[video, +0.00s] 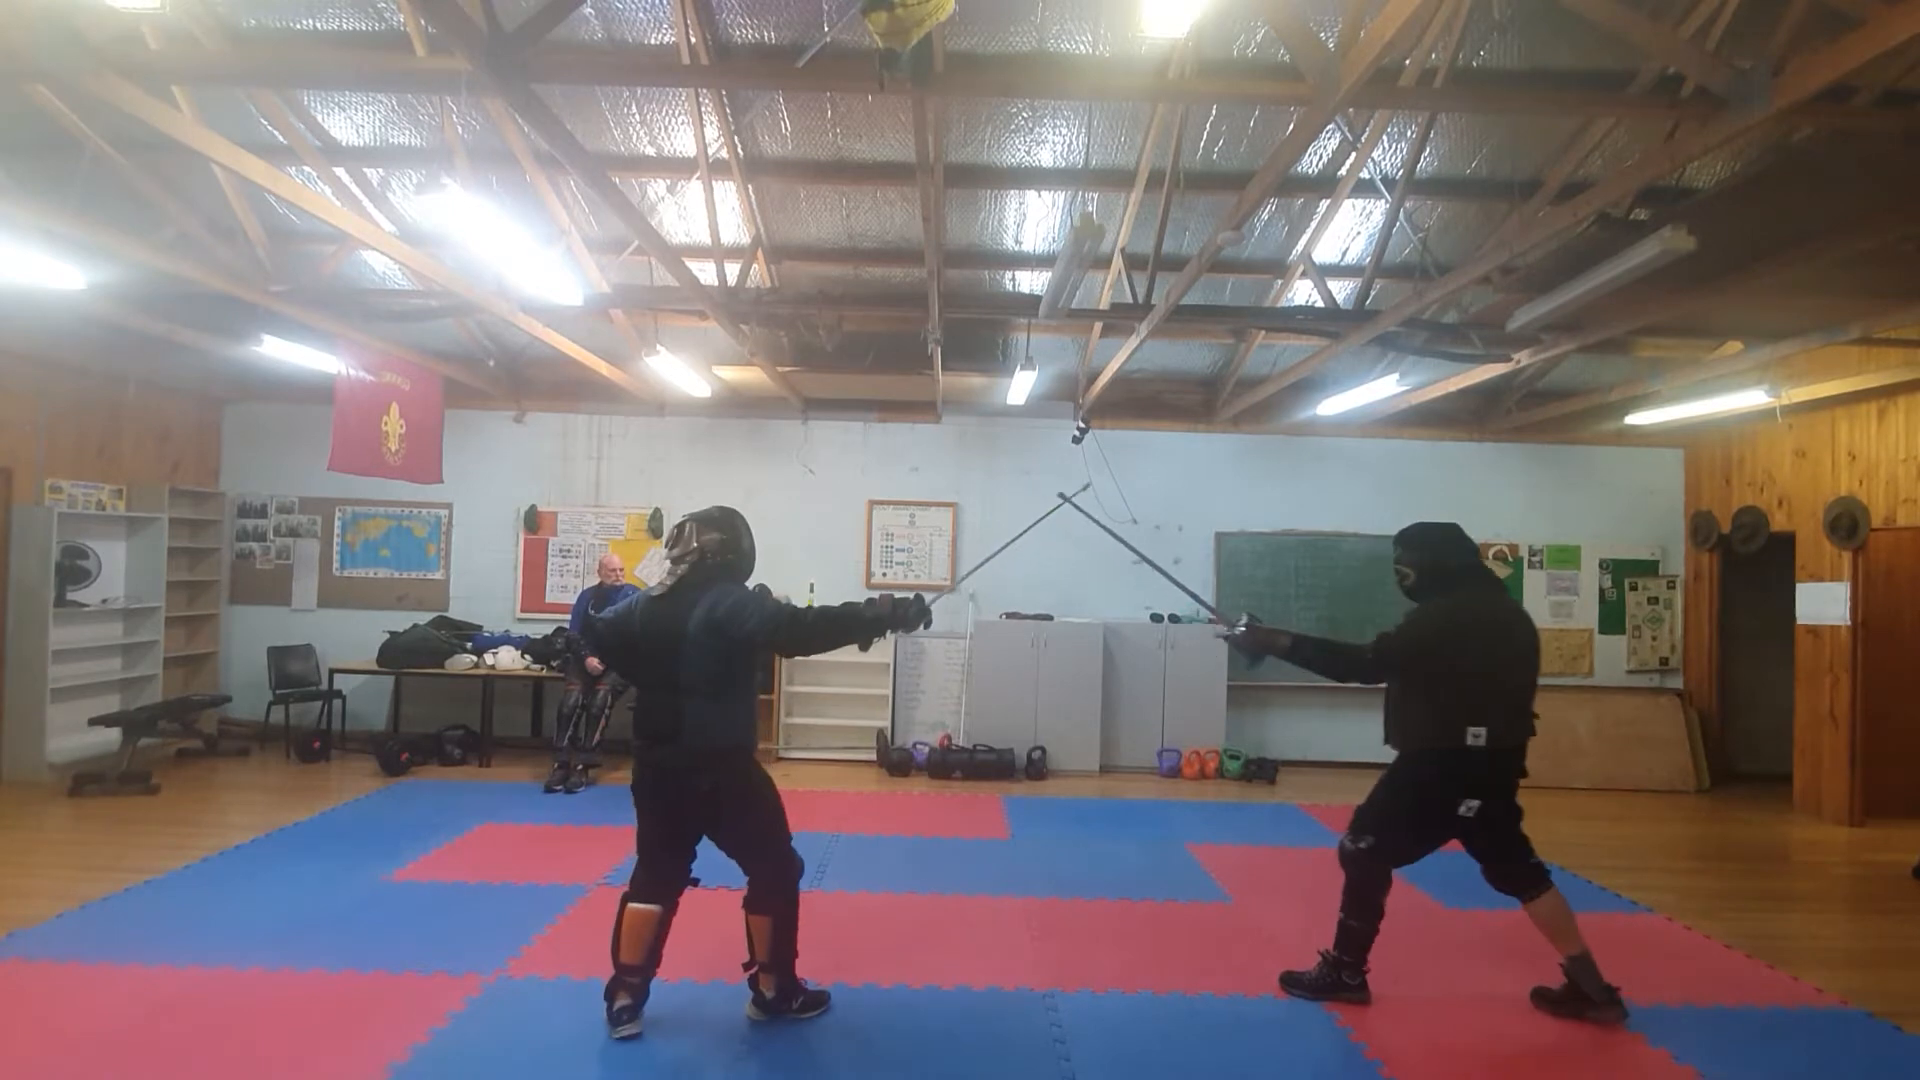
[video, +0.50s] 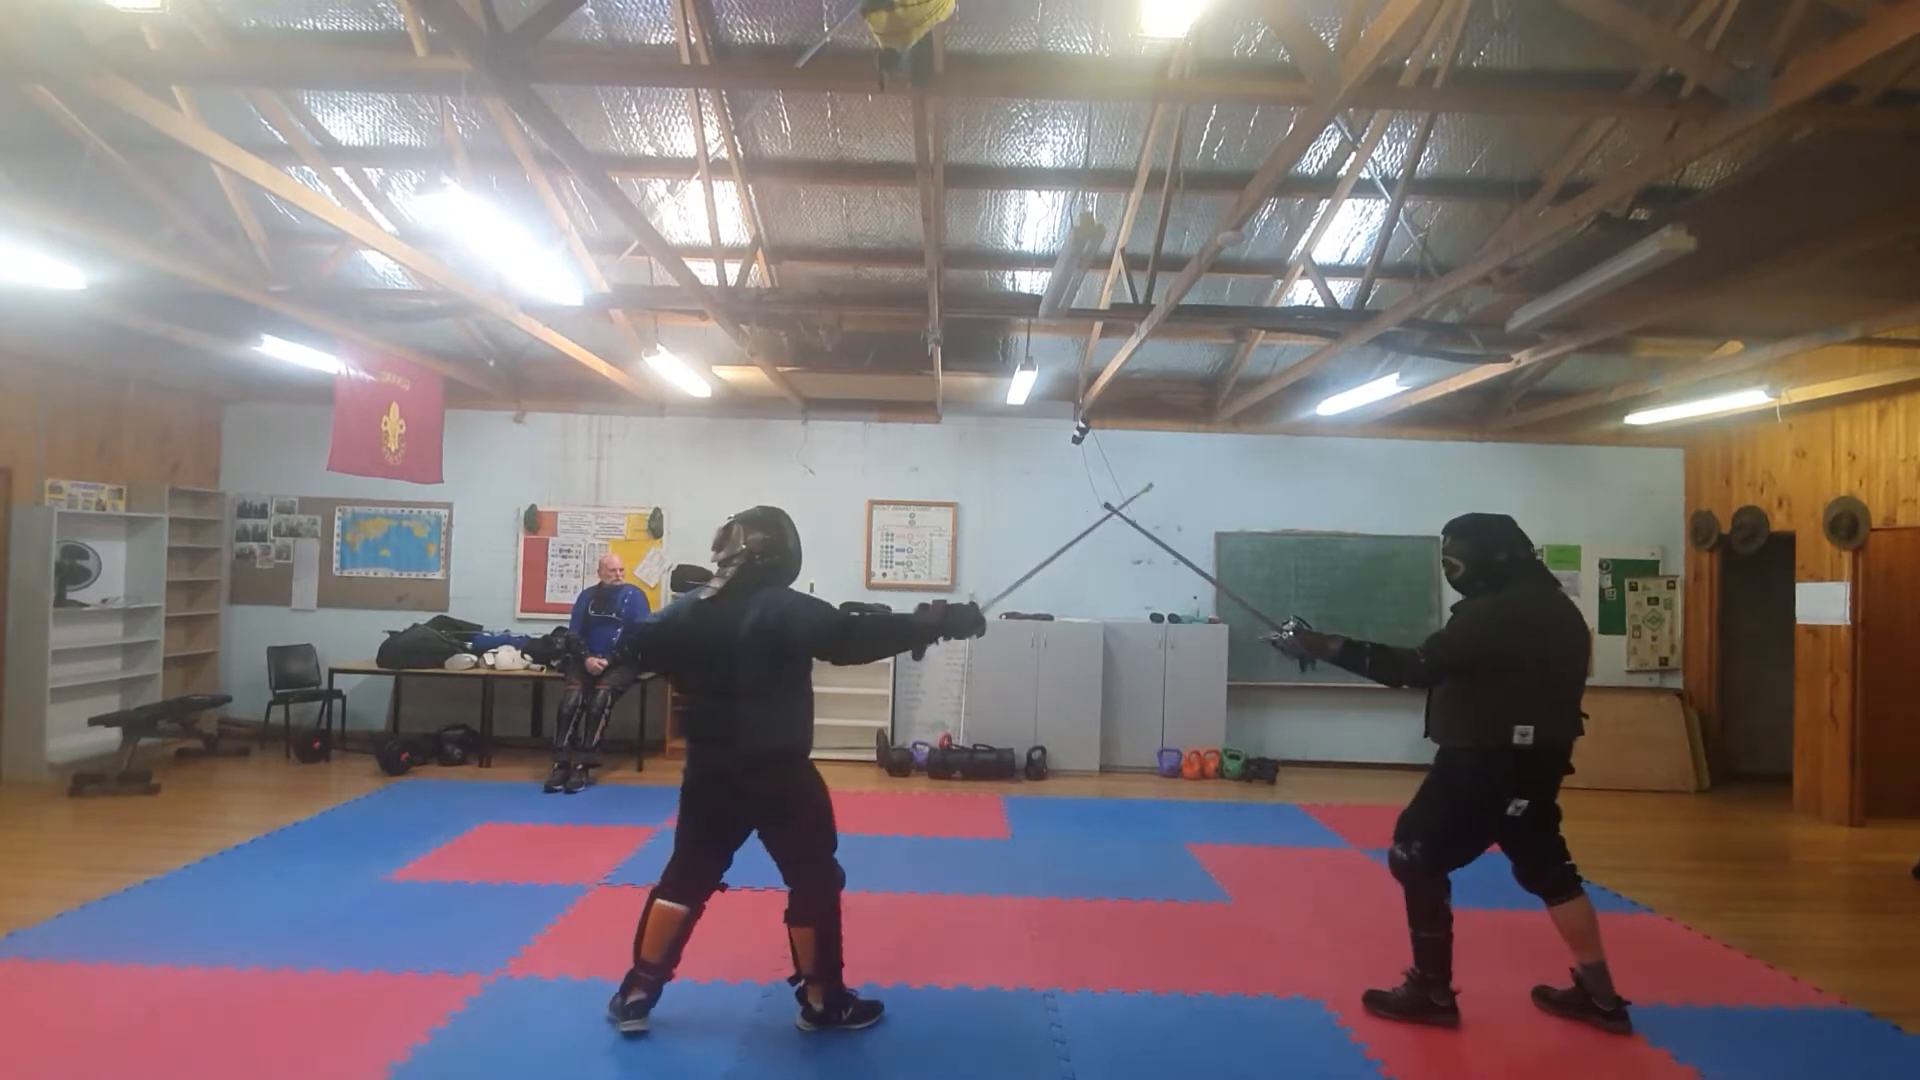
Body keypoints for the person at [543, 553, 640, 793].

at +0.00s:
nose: (618, 574)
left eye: (620, 570)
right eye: (612, 571)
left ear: (624, 570)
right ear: (599, 572)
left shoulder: (633, 595)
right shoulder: (586, 596)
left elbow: (635, 636)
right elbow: (573, 633)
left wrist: (609, 660)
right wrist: (586, 657)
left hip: (617, 662)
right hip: (583, 659)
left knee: (599, 702)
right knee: (571, 700)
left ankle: (582, 767)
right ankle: (560, 764)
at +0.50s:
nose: (619, 575)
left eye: (621, 571)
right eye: (613, 571)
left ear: (624, 571)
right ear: (599, 572)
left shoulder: (634, 596)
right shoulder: (586, 596)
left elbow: (638, 636)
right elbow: (573, 634)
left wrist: (609, 660)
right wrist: (586, 658)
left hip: (620, 661)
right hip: (585, 659)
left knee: (601, 696)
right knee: (572, 696)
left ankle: (582, 767)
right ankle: (561, 765)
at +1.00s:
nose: (619, 575)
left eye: (621, 571)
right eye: (613, 571)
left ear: (624, 571)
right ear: (599, 572)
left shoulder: (635, 597)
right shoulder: (586, 596)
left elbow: (639, 637)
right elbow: (573, 635)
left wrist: (609, 660)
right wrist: (586, 658)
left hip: (619, 662)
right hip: (585, 659)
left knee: (601, 696)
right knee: (572, 696)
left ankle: (581, 767)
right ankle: (561, 765)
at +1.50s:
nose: (618, 576)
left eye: (621, 571)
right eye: (613, 572)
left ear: (624, 572)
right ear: (599, 573)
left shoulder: (634, 597)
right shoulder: (586, 597)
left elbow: (639, 636)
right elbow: (573, 635)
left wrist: (609, 660)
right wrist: (585, 658)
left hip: (619, 662)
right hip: (585, 660)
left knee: (601, 697)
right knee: (572, 697)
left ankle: (582, 768)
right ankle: (561, 765)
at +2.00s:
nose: (618, 576)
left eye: (621, 572)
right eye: (612, 572)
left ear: (624, 572)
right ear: (599, 573)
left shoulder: (634, 597)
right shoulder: (586, 597)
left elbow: (637, 636)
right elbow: (573, 635)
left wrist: (609, 660)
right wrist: (585, 658)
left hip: (619, 662)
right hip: (585, 659)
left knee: (601, 696)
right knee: (572, 697)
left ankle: (581, 768)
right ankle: (560, 765)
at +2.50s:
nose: (618, 577)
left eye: (621, 572)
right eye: (612, 572)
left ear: (624, 573)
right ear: (599, 574)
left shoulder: (634, 598)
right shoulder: (587, 597)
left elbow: (640, 639)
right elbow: (573, 636)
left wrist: (608, 661)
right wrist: (585, 659)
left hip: (619, 663)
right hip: (585, 660)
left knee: (601, 696)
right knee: (572, 697)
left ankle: (581, 768)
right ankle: (560, 766)